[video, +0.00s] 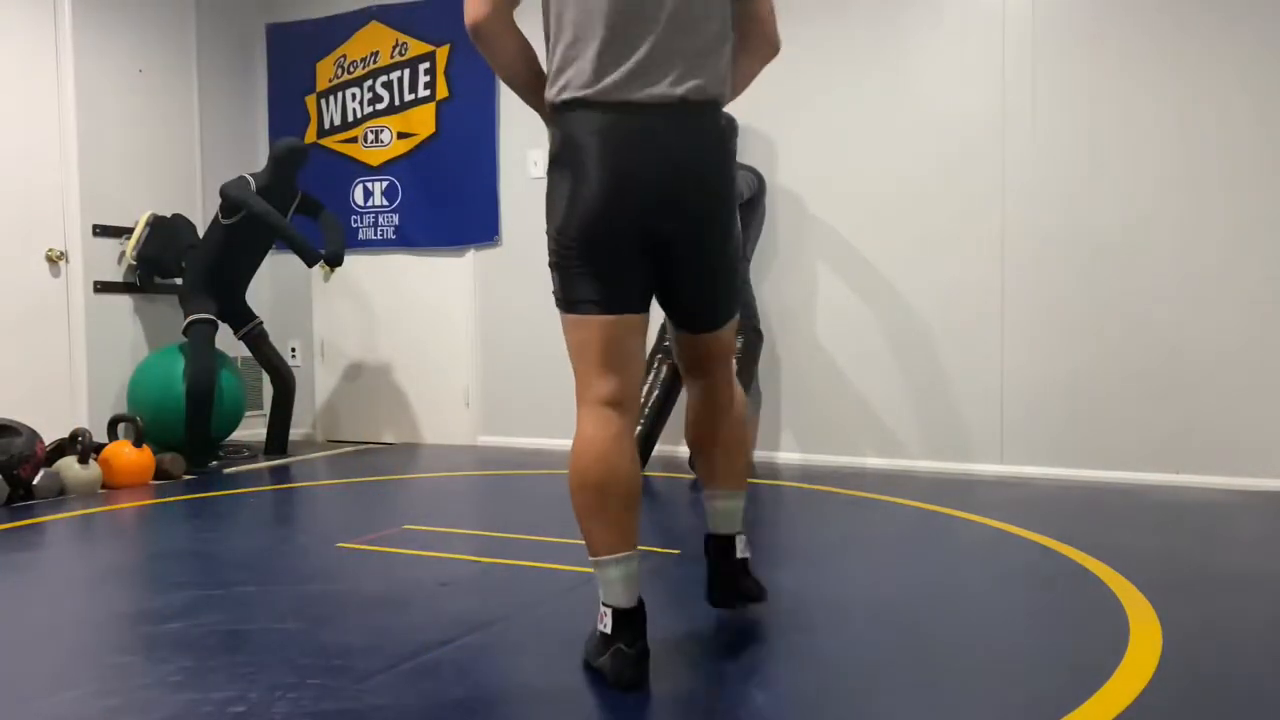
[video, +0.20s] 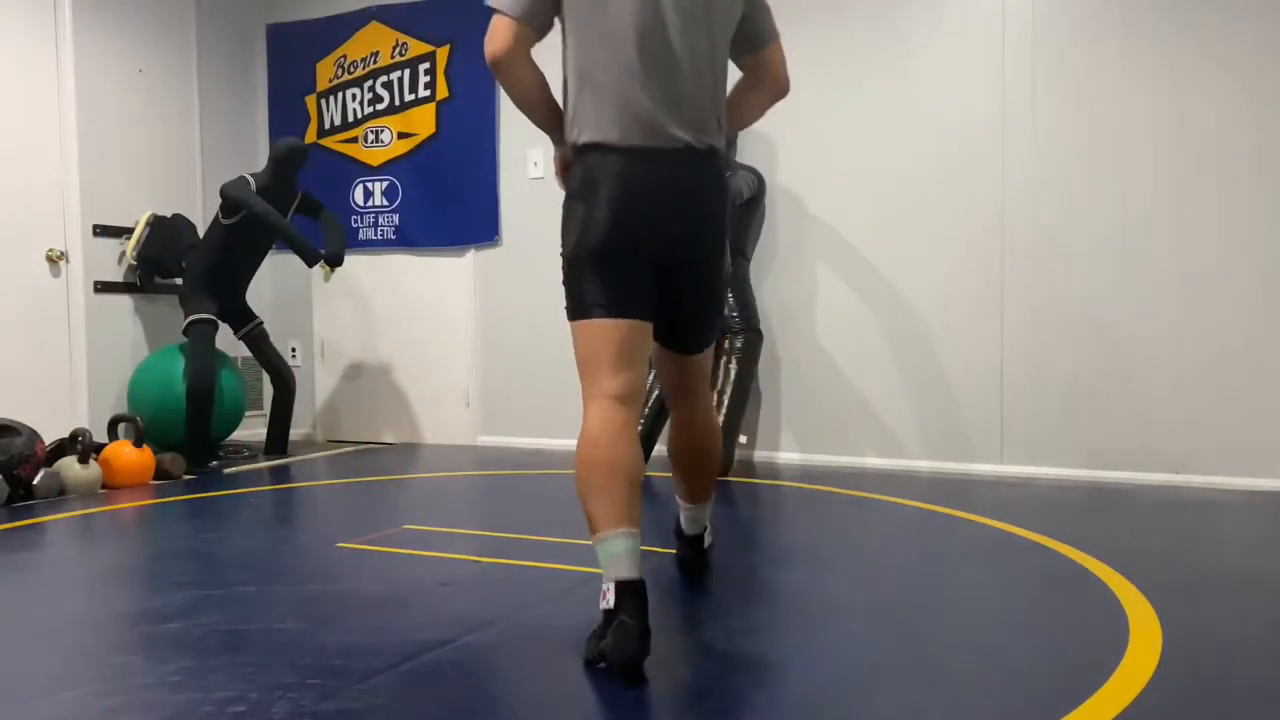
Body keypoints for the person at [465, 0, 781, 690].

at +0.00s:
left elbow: (483, 17)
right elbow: (760, 36)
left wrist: (558, 105)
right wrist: (695, 100)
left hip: (593, 145)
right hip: (698, 146)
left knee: (604, 399)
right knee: (711, 368)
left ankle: (621, 630)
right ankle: (728, 563)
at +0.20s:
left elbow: (501, 48)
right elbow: (771, 78)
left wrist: (560, 130)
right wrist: (705, 131)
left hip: (606, 177)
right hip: (699, 182)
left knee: (609, 396)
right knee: (692, 391)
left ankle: (624, 612)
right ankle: (695, 539)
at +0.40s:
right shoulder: (730, 1)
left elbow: (522, 44)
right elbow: (788, 74)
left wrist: (565, 136)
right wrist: (720, 136)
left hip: (620, 194)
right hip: (700, 195)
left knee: (592, 373)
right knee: (691, 386)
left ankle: (621, 479)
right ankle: (695, 546)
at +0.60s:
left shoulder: (581, 3)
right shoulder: (714, 3)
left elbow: (522, 46)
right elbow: (784, 54)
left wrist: (557, 141)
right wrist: (738, 142)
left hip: (611, 202)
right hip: (688, 201)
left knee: (586, 353)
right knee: (688, 376)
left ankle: (594, 501)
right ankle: (694, 541)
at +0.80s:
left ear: (588, 0)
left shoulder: (553, 32)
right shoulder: (677, 26)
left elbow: (487, 81)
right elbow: (748, 71)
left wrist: (532, 156)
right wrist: (712, 157)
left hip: (589, 220)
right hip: (661, 218)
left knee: (579, 373)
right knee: (674, 378)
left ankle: (565, 497)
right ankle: (688, 521)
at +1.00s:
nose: (635, 20)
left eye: (632, 18)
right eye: (635, 15)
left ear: (575, 11)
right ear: (626, 11)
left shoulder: (531, 53)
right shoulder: (647, 45)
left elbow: (467, 131)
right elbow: (723, 122)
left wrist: (523, 149)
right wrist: (685, 159)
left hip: (564, 224)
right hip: (634, 221)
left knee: (569, 369)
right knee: (667, 356)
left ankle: (564, 501)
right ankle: (665, 452)